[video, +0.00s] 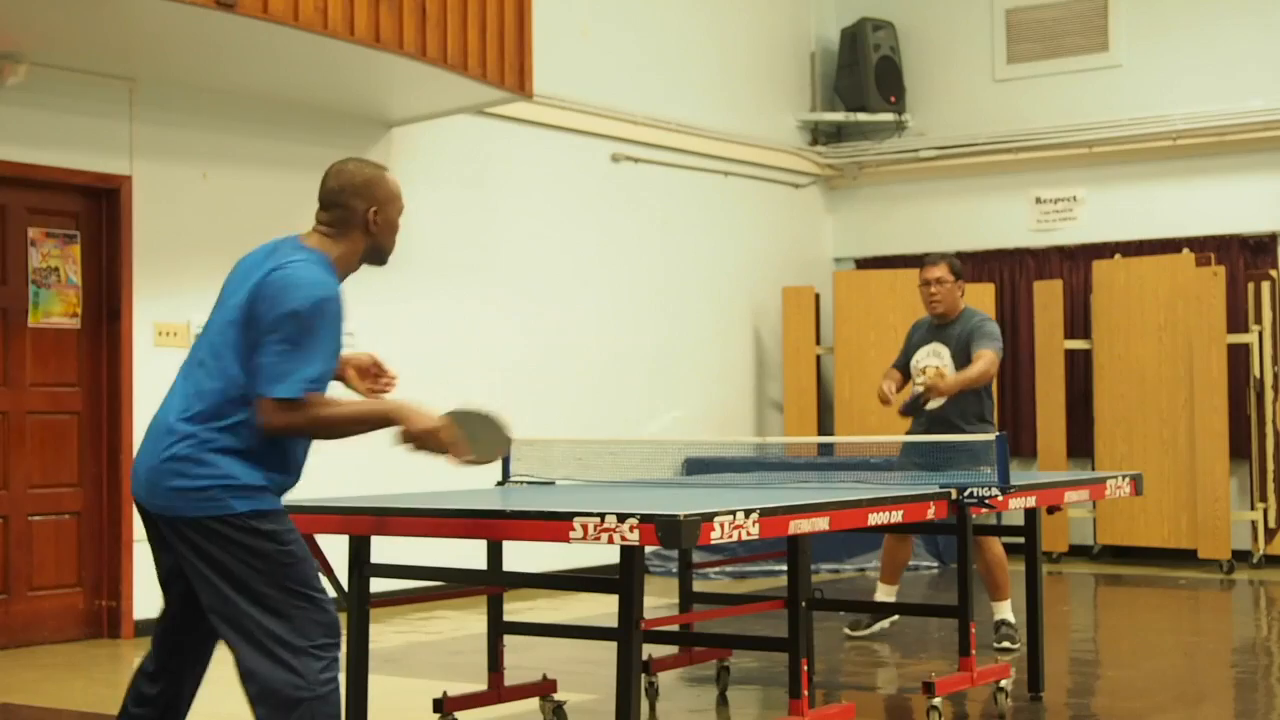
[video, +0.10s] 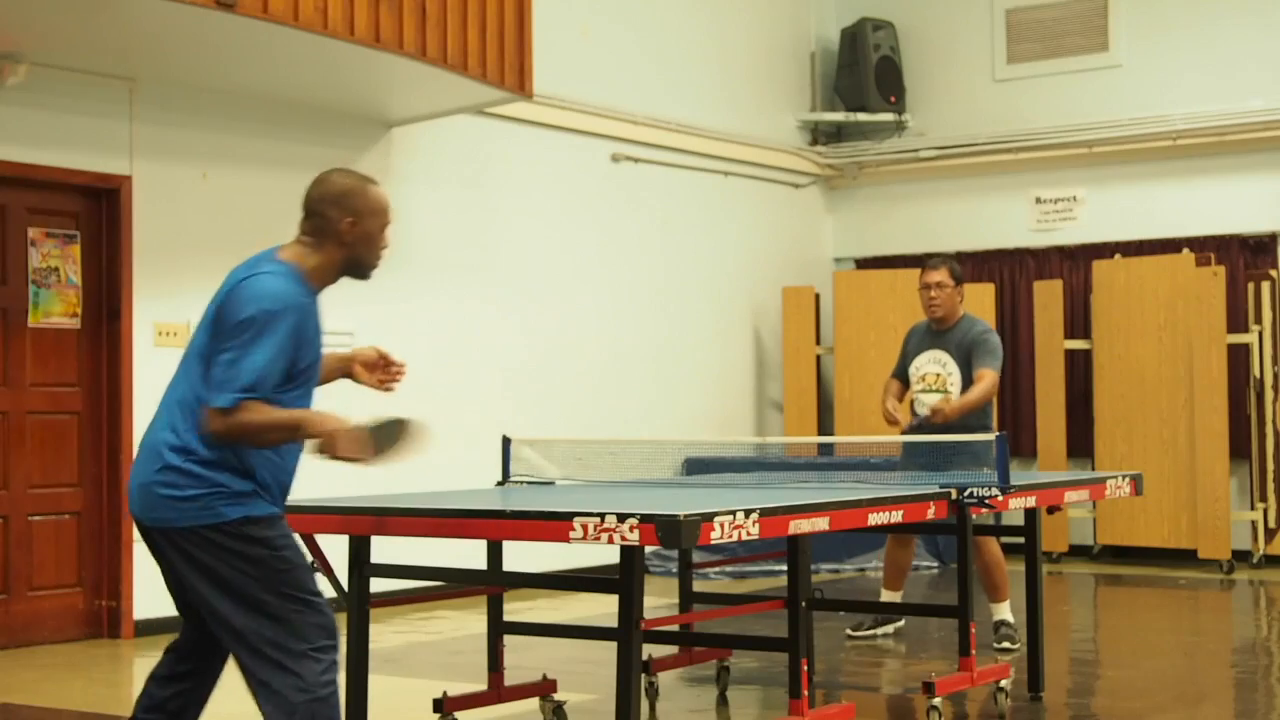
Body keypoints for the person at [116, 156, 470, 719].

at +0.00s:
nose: (399, 226)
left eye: (400, 214)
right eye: (396, 214)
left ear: (329, 212)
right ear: (370, 217)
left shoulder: (269, 260)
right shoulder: (309, 286)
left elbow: (253, 353)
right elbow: (280, 412)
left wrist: (338, 365)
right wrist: (395, 413)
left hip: (167, 477)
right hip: (216, 487)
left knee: (188, 627)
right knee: (307, 638)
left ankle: (142, 714)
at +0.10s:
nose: (387, 241)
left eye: (387, 227)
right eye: (380, 227)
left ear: (334, 227)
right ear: (342, 228)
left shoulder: (274, 278)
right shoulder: (275, 296)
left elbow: (265, 374)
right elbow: (223, 416)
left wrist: (346, 364)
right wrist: (316, 425)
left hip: (173, 493)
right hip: (211, 499)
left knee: (208, 636)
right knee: (305, 642)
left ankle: (154, 716)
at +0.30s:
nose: (338, 222)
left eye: (338, 208)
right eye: (330, 208)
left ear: (282, 202)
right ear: (287, 201)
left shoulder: (219, 251)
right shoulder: (231, 275)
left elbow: (231, 342)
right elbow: (238, 400)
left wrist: (304, 308)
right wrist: (331, 342)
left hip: (154, 484)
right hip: (187, 490)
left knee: (187, 647)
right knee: (254, 652)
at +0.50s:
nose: (319, 197)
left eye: (319, 185)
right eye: (315, 184)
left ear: (247, 182)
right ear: (286, 185)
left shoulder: (170, 238)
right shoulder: (283, 261)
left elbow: (180, 328)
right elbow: (329, 369)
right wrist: (343, 305)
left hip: (117, 474)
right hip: (199, 481)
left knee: (145, 632)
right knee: (275, 637)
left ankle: (127, 717)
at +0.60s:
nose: (320, 217)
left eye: (320, 205)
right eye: (318, 205)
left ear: (251, 204)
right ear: (295, 206)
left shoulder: (174, 255)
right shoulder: (295, 279)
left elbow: (128, 346)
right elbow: (338, 391)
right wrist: (368, 338)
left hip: (119, 489)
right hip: (202, 497)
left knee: (162, 625)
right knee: (295, 641)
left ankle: (129, 712)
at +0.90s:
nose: (347, 221)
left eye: (348, 209)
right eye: (346, 209)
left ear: (276, 205)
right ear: (322, 212)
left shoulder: (211, 255)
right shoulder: (265, 282)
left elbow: (195, 349)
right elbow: (242, 407)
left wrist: (279, 364)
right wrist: (358, 409)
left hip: (121, 475)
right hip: (174, 485)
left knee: (152, 627)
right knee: (260, 639)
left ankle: (110, 716)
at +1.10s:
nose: (340, 226)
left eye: (338, 213)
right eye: (330, 213)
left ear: (285, 219)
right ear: (290, 218)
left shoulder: (211, 270)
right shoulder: (245, 298)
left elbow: (209, 353)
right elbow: (282, 428)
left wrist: (286, 359)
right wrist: (372, 419)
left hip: (119, 488)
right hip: (166, 498)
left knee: (155, 633)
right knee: (265, 637)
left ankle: (105, 716)